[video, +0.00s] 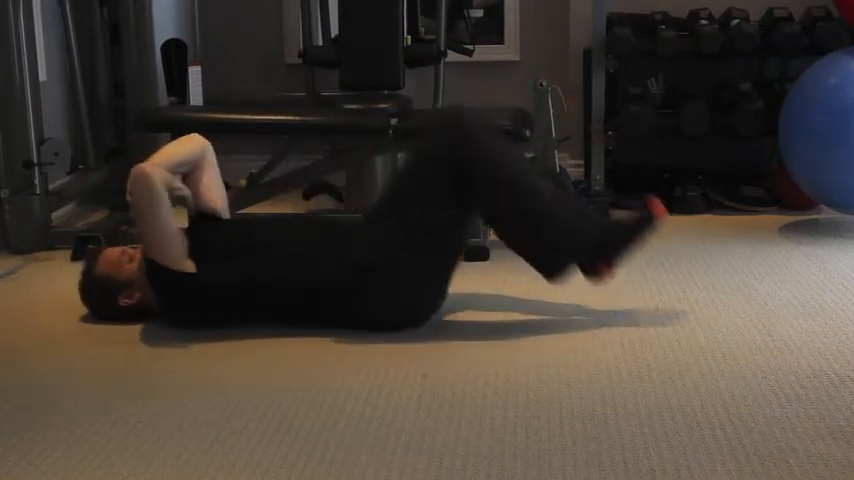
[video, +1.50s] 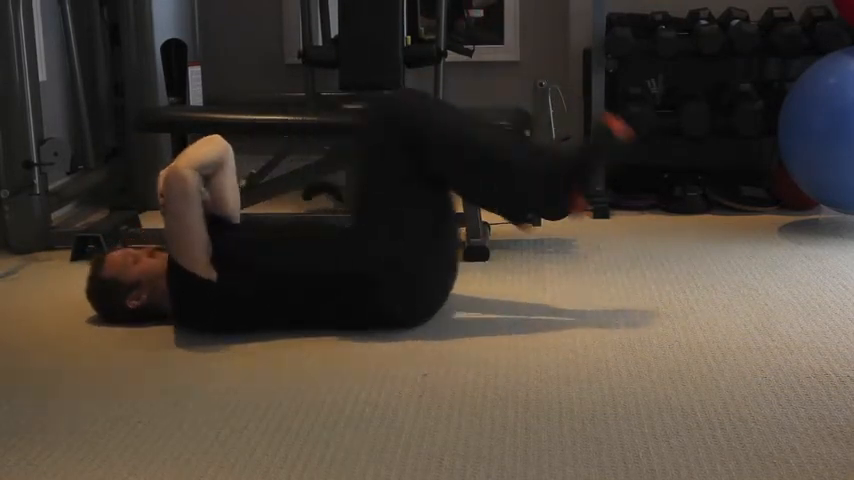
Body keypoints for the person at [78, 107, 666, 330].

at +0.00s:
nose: (130, 254)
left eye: (123, 254)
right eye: (120, 263)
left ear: (140, 267)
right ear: (130, 295)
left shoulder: (206, 250)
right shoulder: (181, 292)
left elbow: (199, 149)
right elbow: (145, 176)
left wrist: (169, 221)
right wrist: (176, 217)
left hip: (388, 259)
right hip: (383, 287)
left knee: (461, 133)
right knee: (456, 139)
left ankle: (574, 240)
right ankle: (585, 243)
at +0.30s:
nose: (153, 256)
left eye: (145, 255)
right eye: (143, 266)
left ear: (162, 261)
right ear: (155, 296)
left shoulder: (226, 253)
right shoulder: (207, 293)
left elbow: (216, 152)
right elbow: (181, 174)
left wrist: (186, 215)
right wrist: (197, 233)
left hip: (408, 258)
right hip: (402, 288)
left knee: (512, 140)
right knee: (512, 154)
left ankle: (604, 278)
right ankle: (616, 282)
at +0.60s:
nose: (127, 246)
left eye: (115, 250)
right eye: (118, 260)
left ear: (142, 261)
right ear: (137, 288)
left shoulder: (212, 248)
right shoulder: (191, 293)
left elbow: (212, 153)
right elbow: (166, 182)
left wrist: (172, 227)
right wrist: (181, 223)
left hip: (392, 271)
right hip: (380, 291)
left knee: (402, 116)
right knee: (395, 117)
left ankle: (549, 179)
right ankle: (546, 188)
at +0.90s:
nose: (123, 236)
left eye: (112, 244)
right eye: (114, 251)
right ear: (135, 284)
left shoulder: (213, 272)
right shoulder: (198, 293)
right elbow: (191, 172)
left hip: (392, 243)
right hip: (369, 253)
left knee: (252, 159)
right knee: (244, 150)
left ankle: (398, 88)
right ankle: (391, 100)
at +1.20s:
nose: (122, 237)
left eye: (110, 245)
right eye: (111, 252)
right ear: (134, 284)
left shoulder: (218, 267)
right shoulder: (196, 291)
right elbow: (200, 170)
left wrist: (196, 162)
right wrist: (187, 166)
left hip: (393, 242)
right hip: (362, 257)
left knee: (258, 143)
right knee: (245, 141)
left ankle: (393, 77)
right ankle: (385, 99)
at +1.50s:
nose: (134, 250)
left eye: (126, 253)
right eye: (125, 263)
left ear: (145, 258)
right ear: (136, 296)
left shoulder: (218, 257)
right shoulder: (196, 299)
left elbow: (218, 152)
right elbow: (178, 175)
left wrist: (189, 229)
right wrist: (197, 226)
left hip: (403, 269)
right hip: (394, 287)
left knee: (395, 114)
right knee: (391, 117)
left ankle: (544, 185)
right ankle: (542, 189)